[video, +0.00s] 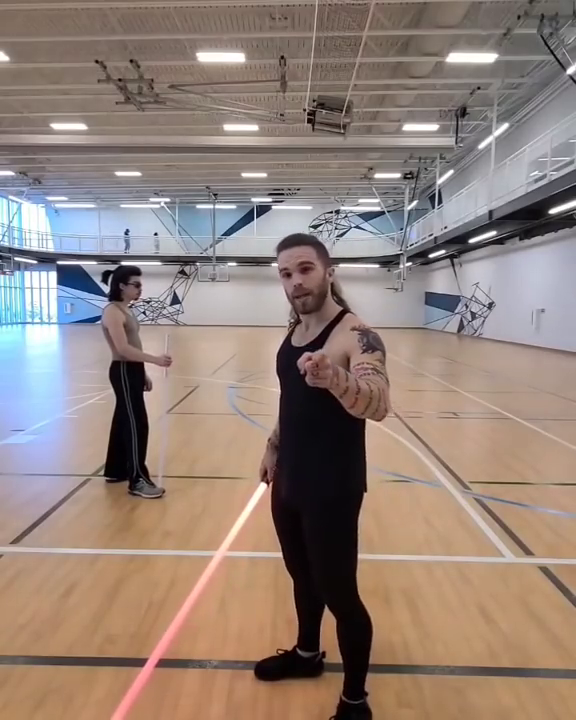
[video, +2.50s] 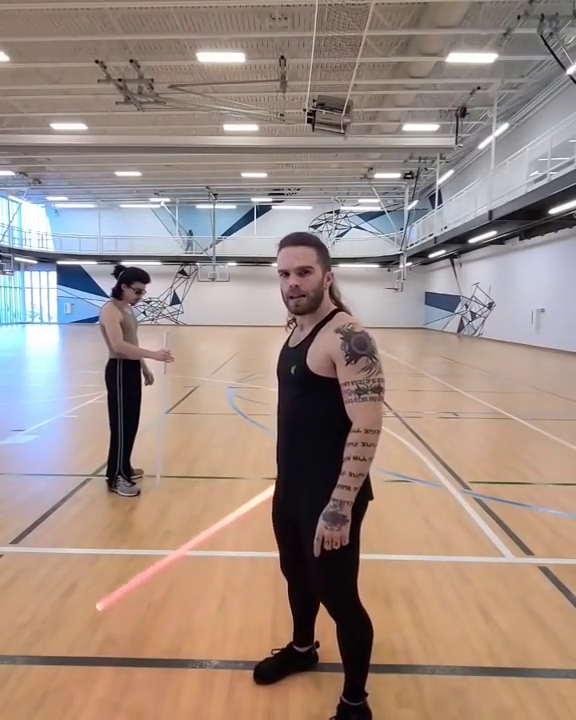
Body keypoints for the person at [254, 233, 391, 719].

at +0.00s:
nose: (296, 281)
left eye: (305, 269)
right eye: (286, 274)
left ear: (328, 271)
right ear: (280, 282)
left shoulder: (356, 335)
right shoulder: (297, 331)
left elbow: (378, 405)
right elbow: (295, 400)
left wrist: (335, 378)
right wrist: (273, 444)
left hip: (333, 483)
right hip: (290, 476)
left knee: (340, 593)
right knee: (303, 571)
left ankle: (355, 698)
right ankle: (307, 651)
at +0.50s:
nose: (282, 281)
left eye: (293, 272)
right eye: (275, 272)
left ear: (312, 277)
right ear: (267, 277)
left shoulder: (327, 331)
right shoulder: (282, 327)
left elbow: (346, 392)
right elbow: (280, 399)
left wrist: (312, 374)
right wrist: (263, 446)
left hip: (314, 476)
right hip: (281, 470)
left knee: (310, 589)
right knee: (296, 571)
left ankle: (350, 694)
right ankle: (307, 651)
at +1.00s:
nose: (292, 282)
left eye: (302, 272)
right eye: (282, 273)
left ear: (319, 274)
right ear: (272, 278)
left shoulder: (339, 332)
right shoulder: (283, 330)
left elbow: (359, 391)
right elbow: (283, 404)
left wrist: (315, 354)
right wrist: (265, 451)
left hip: (323, 484)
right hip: (281, 478)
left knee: (333, 591)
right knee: (296, 570)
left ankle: (353, 697)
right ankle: (307, 651)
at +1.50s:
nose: (309, 283)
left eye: (322, 271)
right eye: (300, 272)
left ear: (344, 276)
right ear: (291, 277)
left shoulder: (367, 343)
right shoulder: (303, 332)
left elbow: (381, 410)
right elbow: (301, 414)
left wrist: (336, 374)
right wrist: (286, 468)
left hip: (346, 494)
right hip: (301, 483)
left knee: (344, 600)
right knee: (295, 570)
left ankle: (355, 700)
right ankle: (306, 651)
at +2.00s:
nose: (304, 284)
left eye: (316, 273)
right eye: (297, 276)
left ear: (343, 280)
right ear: (292, 284)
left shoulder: (365, 339)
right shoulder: (324, 337)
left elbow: (377, 424)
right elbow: (323, 426)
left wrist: (322, 495)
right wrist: (304, 490)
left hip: (352, 505)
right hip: (309, 494)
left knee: (348, 609)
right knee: (297, 582)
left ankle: (357, 703)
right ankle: (307, 664)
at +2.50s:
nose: (293, 283)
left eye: (304, 273)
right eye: (284, 274)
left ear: (327, 276)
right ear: (277, 279)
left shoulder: (347, 336)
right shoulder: (297, 329)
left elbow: (367, 428)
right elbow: (300, 416)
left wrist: (339, 507)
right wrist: (287, 479)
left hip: (332, 491)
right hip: (293, 484)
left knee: (340, 596)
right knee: (298, 571)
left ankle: (354, 698)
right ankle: (303, 646)